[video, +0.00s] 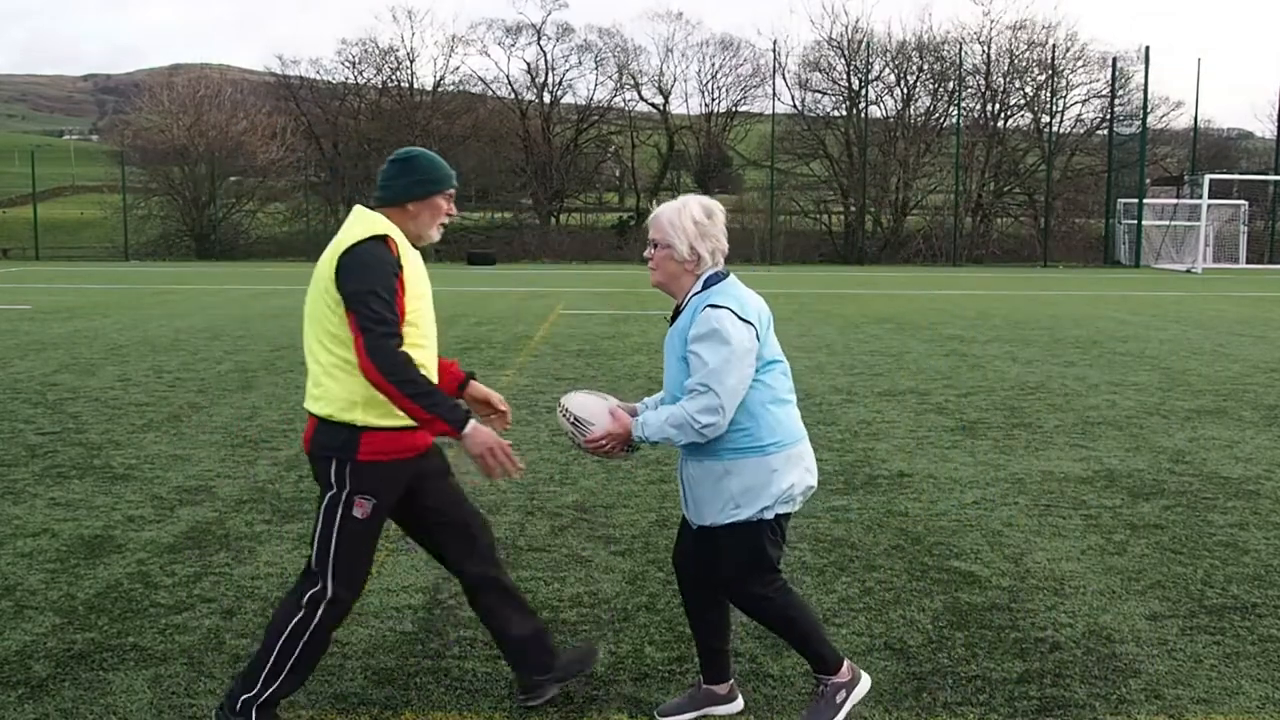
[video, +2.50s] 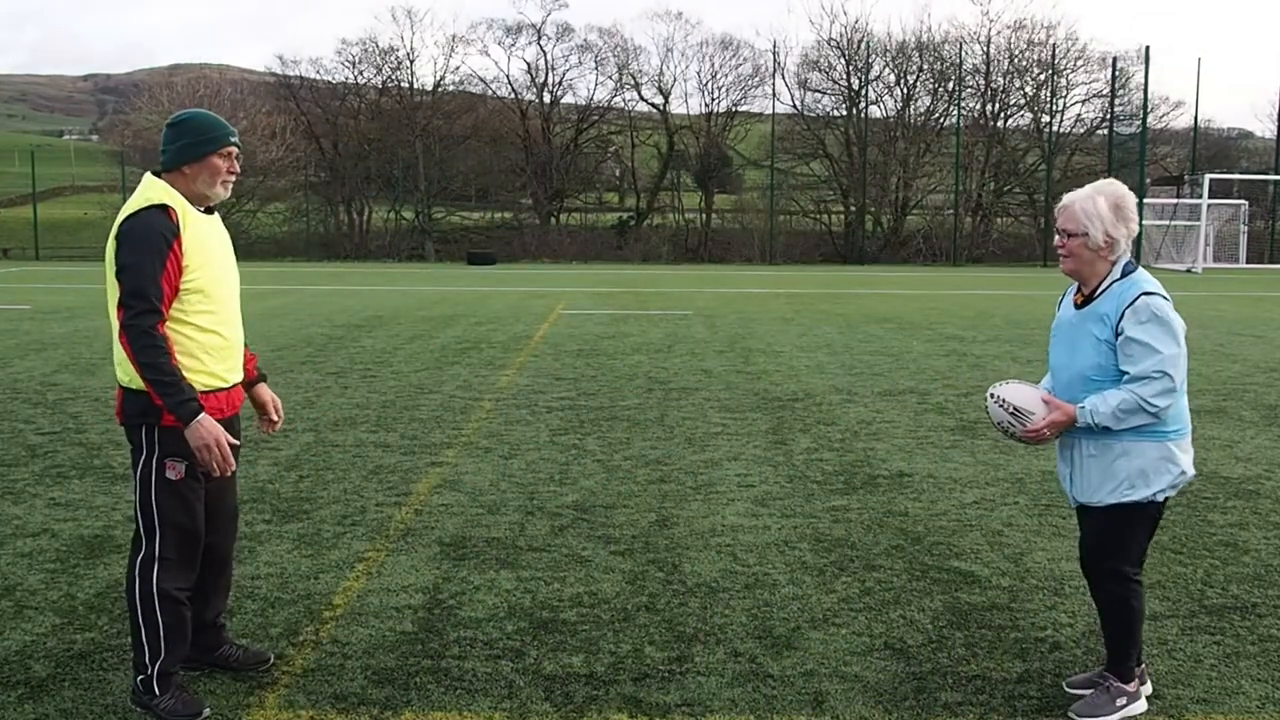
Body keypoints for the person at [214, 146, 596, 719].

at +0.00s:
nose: (450, 213)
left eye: (451, 202)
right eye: (444, 201)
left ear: (409, 200)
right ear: (410, 199)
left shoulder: (395, 247)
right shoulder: (368, 251)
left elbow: (406, 348)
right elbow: (383, 359)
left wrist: (465, 387)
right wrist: (462, 426)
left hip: (402, 441)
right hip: (358, 446)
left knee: (474, 551)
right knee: (329, 588)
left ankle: (538, 666)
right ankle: (246, 707)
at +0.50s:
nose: (313, 183)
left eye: (315, 173)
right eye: (304, 172)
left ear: (282, 178)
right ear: (267, 174)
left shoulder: (270, 232)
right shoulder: (226, 225)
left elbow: (264, 329)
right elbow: (191, 324)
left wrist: (306, 392)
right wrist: (221, 423)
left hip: (253, 411)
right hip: (213, 413)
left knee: (245, 539)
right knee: (239, 547)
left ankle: (209, 645)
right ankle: (226, 692)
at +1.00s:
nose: (246, 178)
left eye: (248, 168)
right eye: (236, 167)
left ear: (220, 173)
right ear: (198, 169)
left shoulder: (207, 228)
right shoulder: (159, 226)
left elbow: (204, 326)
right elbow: (142, 336)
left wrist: (252, 376)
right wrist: (202, 413)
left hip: (195, 407)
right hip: (143, 409)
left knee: (221, 523)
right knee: (149, 547)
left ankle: (203, 645)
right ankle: (131, 675)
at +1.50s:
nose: (257, 176)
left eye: (258, 167)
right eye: (248, 165)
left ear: (230, 171)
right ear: (210, 166)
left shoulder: (219, 224)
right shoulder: (169, 220)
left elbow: (219, 319)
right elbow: (149, 326)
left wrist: (262, 378)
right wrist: (204, 408)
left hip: (207, 402)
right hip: (161, 405)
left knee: (218, 533)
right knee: (177, 545)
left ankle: (206, 642)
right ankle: (156, 682)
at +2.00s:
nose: (234, 169)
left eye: (236, 159)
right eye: (224, 157)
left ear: (214, 165)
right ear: (187, 159)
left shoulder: (202, 218)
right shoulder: (150, 219)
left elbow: (210, 314)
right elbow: (138, 329)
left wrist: (246, 382)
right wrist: (186, 417)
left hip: (211, 408)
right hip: (159, 413)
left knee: (214, 536)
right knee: (165, 551)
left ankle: (205, 643)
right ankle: (156, 682)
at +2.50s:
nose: (233, 167)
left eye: (235, 157)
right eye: (223, 155)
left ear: (219, 166)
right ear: (185, 159)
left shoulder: (204, 217)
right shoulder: (151, 218)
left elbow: (214, 315)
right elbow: (139, 328)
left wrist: (253, 380)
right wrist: (190, 414)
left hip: (215, 408)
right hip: (164, 413)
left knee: (214, 537)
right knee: (167, 549)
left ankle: (204, 641)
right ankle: (156, 679)